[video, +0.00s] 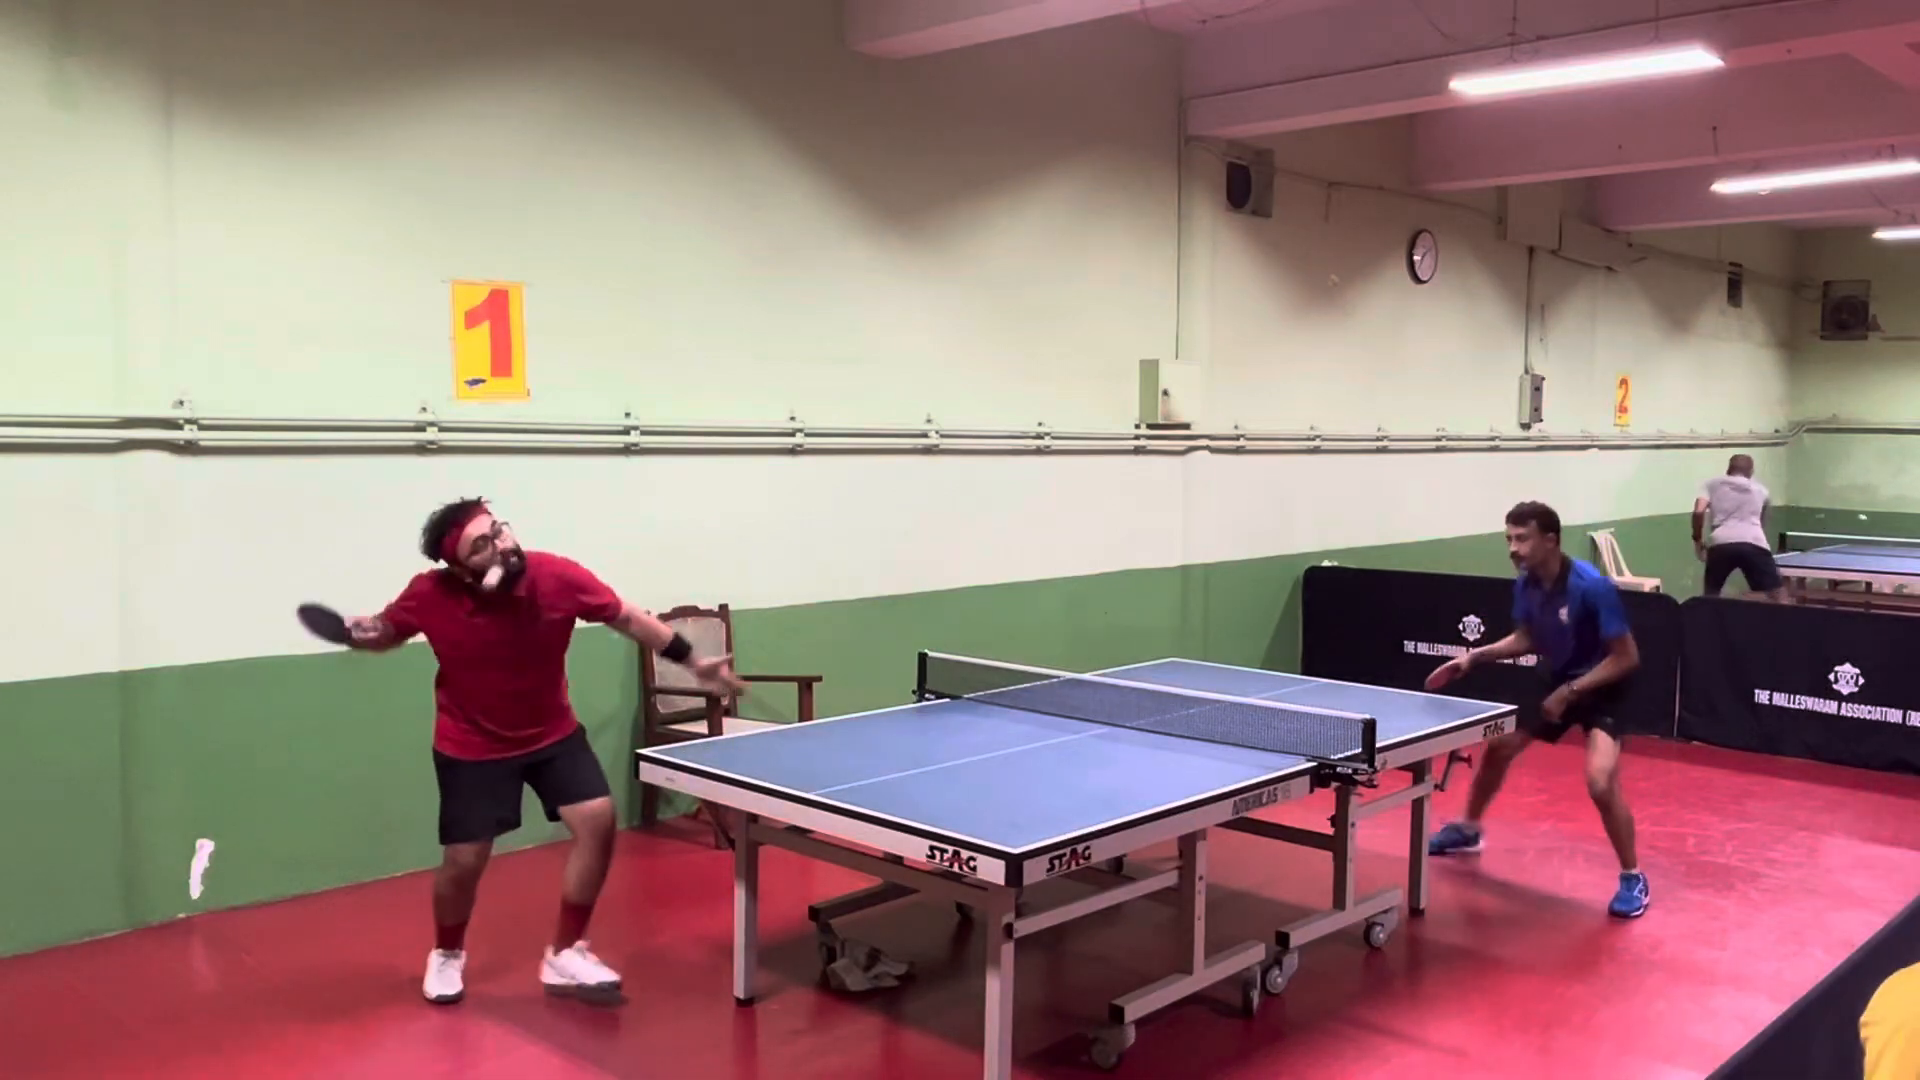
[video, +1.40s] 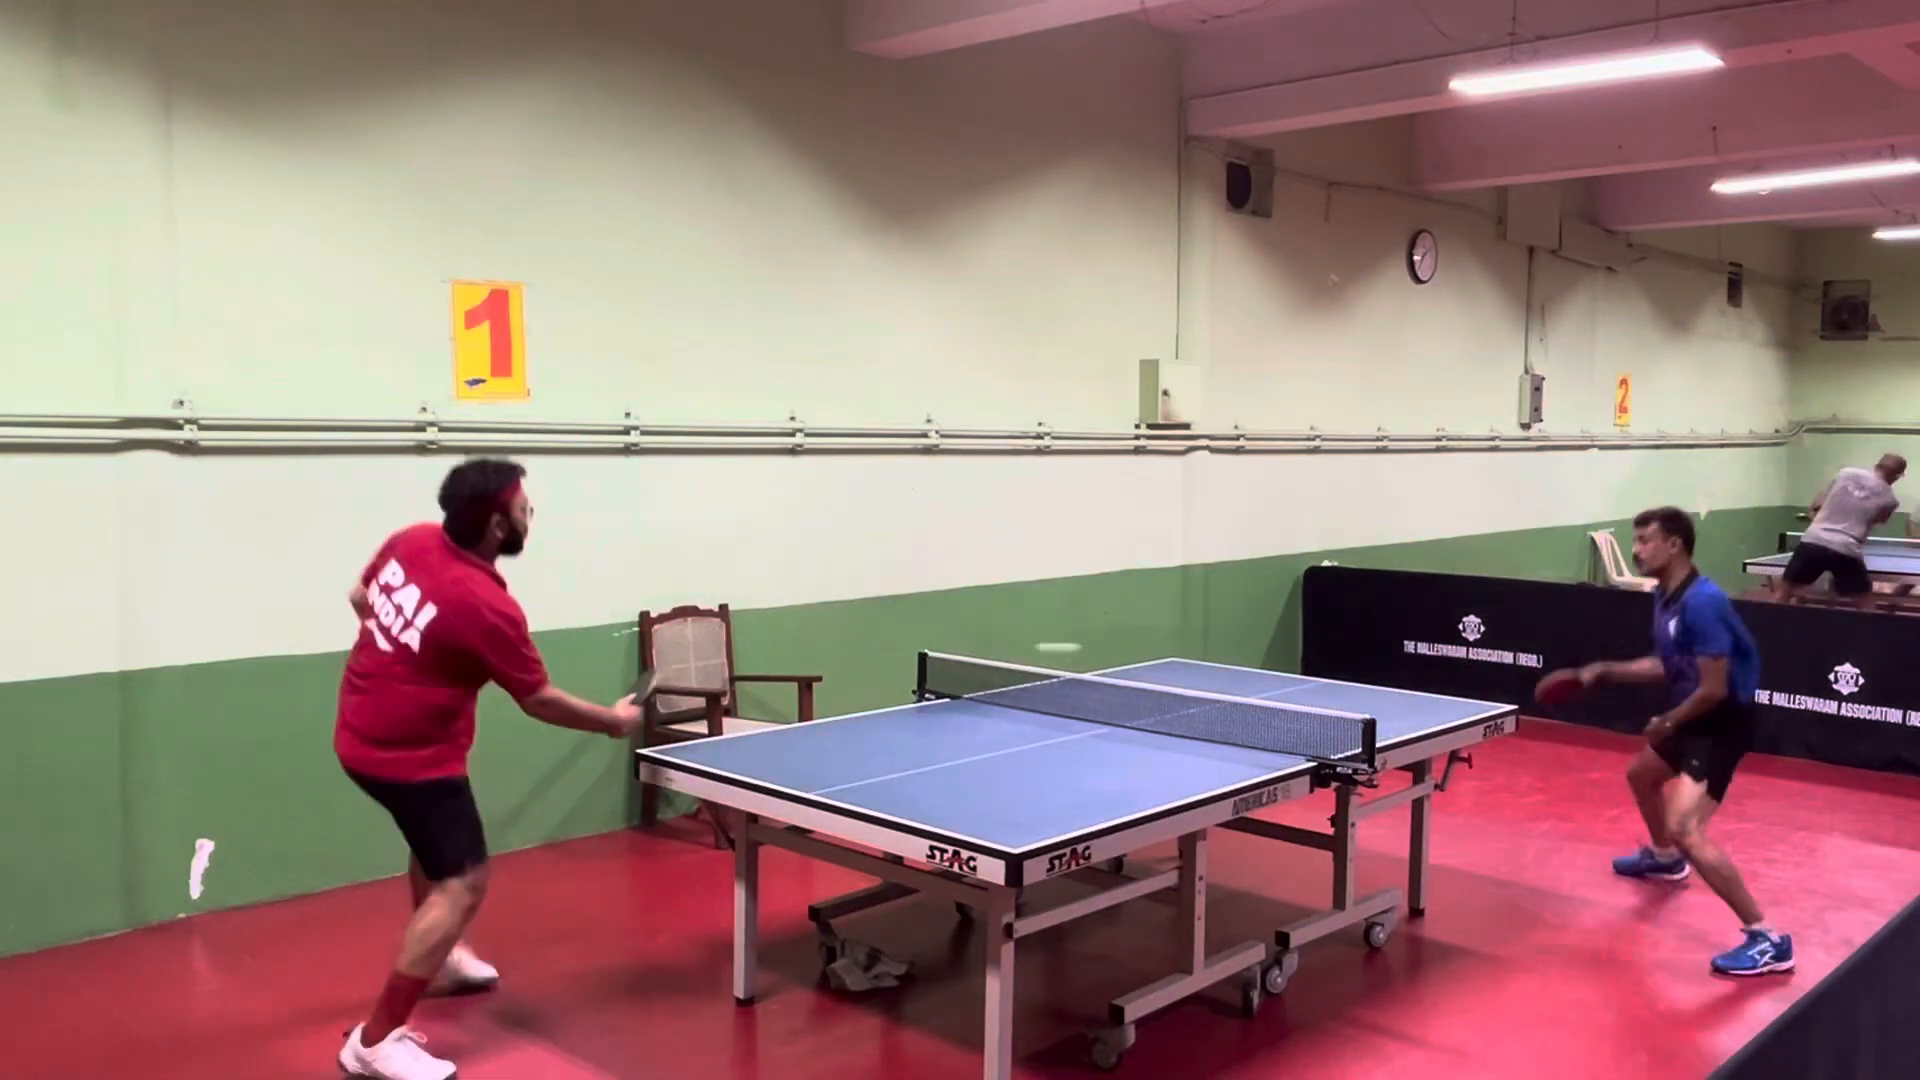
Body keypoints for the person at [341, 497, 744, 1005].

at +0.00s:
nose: (502, 544)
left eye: (499, 530)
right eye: (483, 545)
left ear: (507, 525)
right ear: (459, 567)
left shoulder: (557, 578)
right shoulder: (431, 597)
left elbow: (628, 619)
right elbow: (389, 630)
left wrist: (694, 661)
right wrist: (362, 632)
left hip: (551, 730)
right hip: (471, 741)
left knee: (597, 819)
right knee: (464, 859)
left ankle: (565, 953)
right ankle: (447, 955)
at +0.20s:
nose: (581, 568)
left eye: (581, 557)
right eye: (570, 558)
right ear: (531, 563)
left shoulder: (582, 606)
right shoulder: (466, 599)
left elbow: (618, 643)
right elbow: (386, 623)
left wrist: (654, 677)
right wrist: (431, 689)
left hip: (551, 749)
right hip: (473, 756)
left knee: (584, 846)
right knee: (465, 868)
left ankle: (546, 959)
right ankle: (450, 955)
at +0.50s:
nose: (612, 523)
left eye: (608, 513)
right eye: (601, 515)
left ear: (574, 527)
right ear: (568, 527)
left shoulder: (583, 579)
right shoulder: (506, 573)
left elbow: (556, 651)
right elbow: (420, 619)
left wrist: (562, 706)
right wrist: (404, 709)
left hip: (544, 736)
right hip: (478, 739)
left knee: (577, 841)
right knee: (487, 854)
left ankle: (545, 963)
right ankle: (424, 951)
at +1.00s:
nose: (568, 513)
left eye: (565, 502)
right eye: (557, 505)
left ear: (521, 513)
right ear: (519, 515)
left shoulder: (517, 569)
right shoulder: (480, 574)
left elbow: (492, 654)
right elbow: (436, 661)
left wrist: (515, 713)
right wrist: (498, 731)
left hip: (464, 734)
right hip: (413, 737)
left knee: (494, 834)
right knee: (448, 865)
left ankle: (441, 956)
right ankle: (396, 1023)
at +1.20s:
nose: (557, 562)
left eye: (554, 550)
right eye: (549, 553)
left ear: (508, 561)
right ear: (517, 565)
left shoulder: (478, 597)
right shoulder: (471, 626)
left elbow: (467, 704)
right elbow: (462, 736)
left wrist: (511, 747)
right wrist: (535, 750)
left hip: (440, 758)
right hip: (400, 769)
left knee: (493, 858)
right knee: (465, 888)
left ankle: (431, 968)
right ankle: (372, 1042)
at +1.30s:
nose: (542, 560)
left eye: (539, 549)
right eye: (535, 551)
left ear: (484, 553)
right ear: (505, 560)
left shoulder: (438, 575)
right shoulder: (481, 639)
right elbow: (536, 727)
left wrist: (491, 705)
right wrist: (617, 724)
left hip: (415, 758)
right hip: (402, 777)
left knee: (474, 849)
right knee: (472, 898)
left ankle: (434, 966)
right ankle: (373, 1043)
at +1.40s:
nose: (530, 514)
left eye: (525, 503)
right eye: (522, 506)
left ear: (468, 518)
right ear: (492, 521)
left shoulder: (416, 539)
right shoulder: (485, 607)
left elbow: (362, 594)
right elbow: (539, 698)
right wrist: (614, 720)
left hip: (368, 741)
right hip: (416, 761)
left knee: (431, 846)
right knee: (464, 884)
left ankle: (436, 955)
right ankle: (375, 1038)